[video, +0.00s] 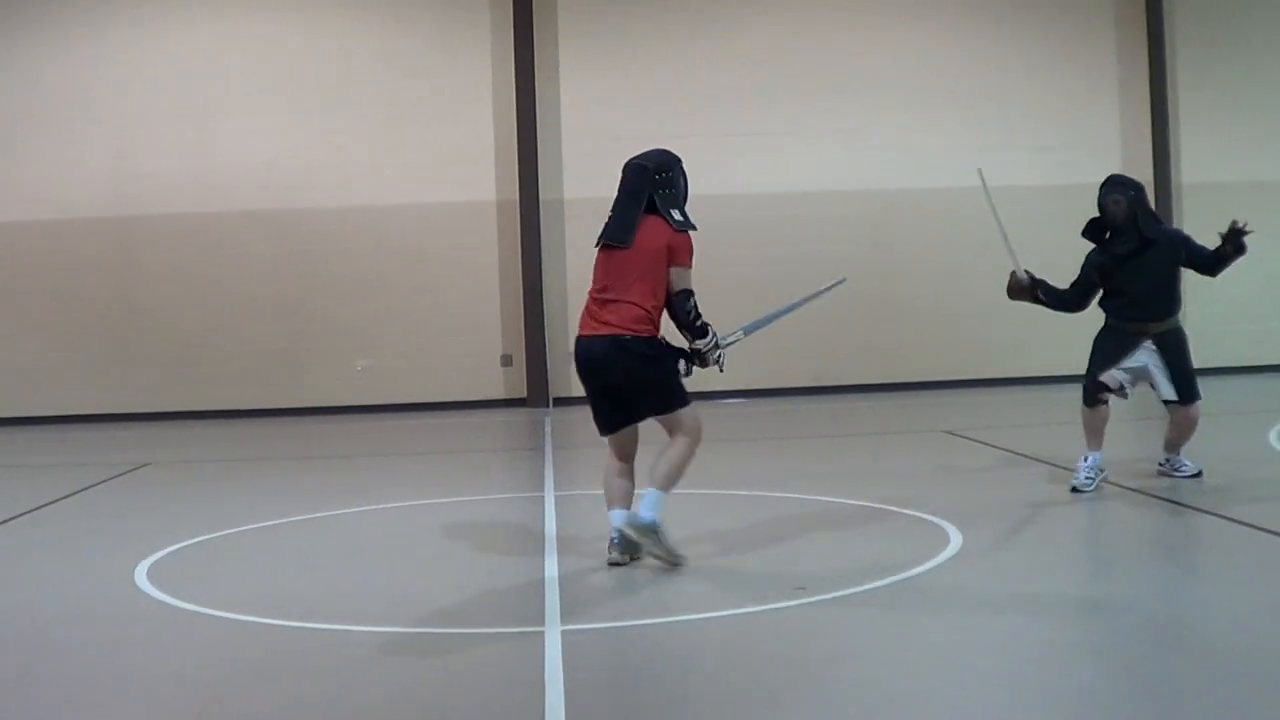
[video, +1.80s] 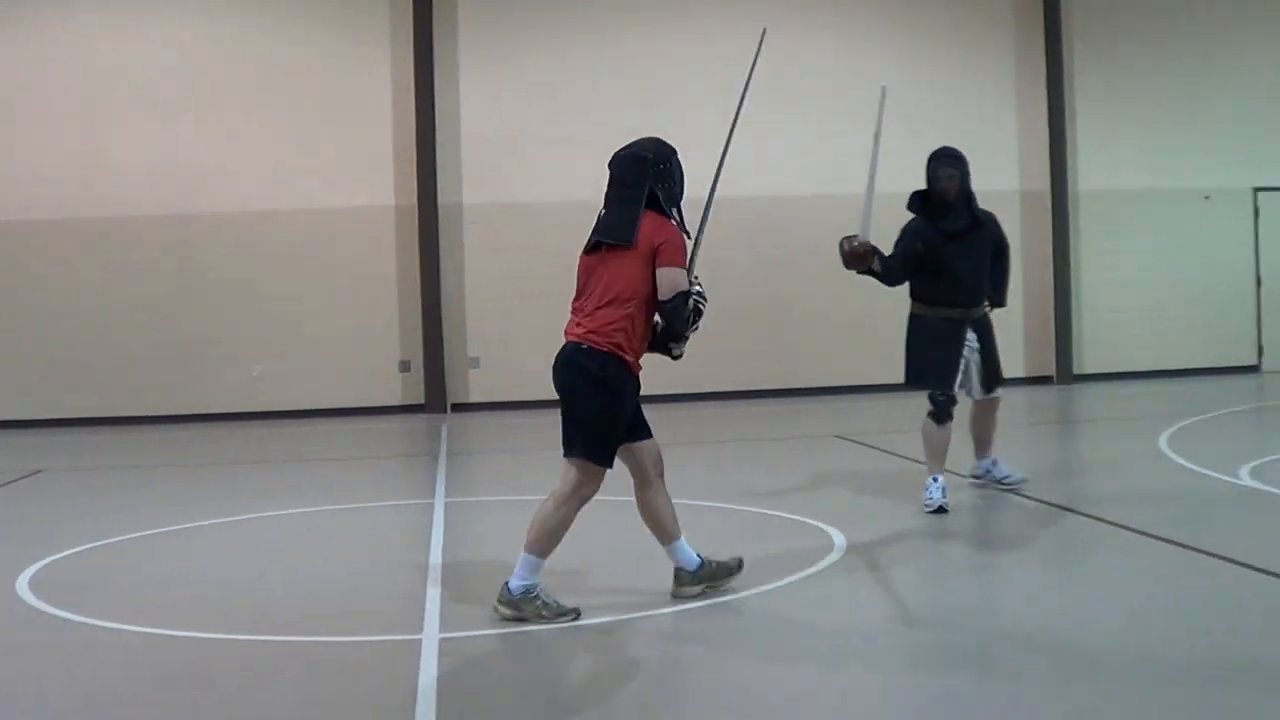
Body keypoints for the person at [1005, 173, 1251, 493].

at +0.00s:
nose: (1111, 209)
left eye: (1118, 202)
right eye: (1106, 203)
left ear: (1135, 204)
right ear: (1101, 208)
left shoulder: (1167, 240)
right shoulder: (1102, 254)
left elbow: (1208, 265)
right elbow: (1075, 300)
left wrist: (1228, 250)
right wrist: (1036, 288)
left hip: (1165, 334)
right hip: (1118, 334)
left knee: (1188, 412)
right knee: (1093, 392)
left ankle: (1171, 457)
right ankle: (1093, 461)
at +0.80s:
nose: (1068, 191)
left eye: (1075, 184)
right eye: (1064, 185)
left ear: (1094, 185)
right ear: (1059, 191)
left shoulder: (1125, 226)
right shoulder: (1056, 238)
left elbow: (1157, 257)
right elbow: (1028, 280)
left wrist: (1176, 257)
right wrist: (988, 265)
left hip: (1127, 320)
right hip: (1078, 325)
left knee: (1155, 396)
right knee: (1065, 397)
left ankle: (1127, 454)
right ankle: (1049, 473)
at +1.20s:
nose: (1061, 188)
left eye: (1068, 181)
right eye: (1056, 182)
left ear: (1085, 183)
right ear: (1049, 186)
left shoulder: (1115, 221)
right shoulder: (1047, 233)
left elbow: (1147, 245)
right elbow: (1020, 276)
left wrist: (1147, 290)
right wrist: (986, 261)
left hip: (1112, 320)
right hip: (1066, 321)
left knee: (1121, 398)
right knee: (1048, 388)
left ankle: (1094, 463)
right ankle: (1031, 465)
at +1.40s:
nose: (1035, 188)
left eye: (1042, 182)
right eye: (1030, 182)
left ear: (1058, 184)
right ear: (1022, 188)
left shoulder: (1083, 226)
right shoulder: (1016, 235)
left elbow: (1112, 253)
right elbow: (986, 277)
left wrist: (1108, 293)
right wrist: (955, 259)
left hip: (1080, 323)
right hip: (1034, 326)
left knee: (1094, 397)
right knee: (1025, 399)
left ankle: (1069, 465)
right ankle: (1004, 475)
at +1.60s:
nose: (1000, 185)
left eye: (1006, 178)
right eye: (994, 179)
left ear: (1020, 183)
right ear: (984, 186)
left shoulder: (1042, 228)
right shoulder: (975, 234)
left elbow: (1064, 257)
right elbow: (947, 277)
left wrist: (1059, 299)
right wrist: (921, 261)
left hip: (1035, 324)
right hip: (990, 327)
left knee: (1051, 396)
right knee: (988, 401)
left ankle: (1041, 465)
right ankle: (977, 478)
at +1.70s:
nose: (974, 186)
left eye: (980, 179)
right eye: (967, 180)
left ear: (993, 182)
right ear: (957, 184)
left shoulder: (1013, 226)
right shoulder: (947, 232)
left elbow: (1031, 258)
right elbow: (922, 276)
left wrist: (1027, 299)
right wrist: (897, 261)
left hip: (1005, 322)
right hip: (962, 325)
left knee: (1020, 395)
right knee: (965, 402)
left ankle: (1020, 464)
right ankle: (957, 479)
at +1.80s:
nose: (946, 184)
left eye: (953, 177)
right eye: (939, 178)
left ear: (965, 179)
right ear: (929, 181)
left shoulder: (984, 222)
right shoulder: (920, 228)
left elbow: (1000, 255)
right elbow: (896, 273)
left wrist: (994, 296)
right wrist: (871, 261)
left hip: (975, 319)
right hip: (934, 322)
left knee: (988, 393)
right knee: (942, 403)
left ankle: (985, 463)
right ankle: (935, 480)